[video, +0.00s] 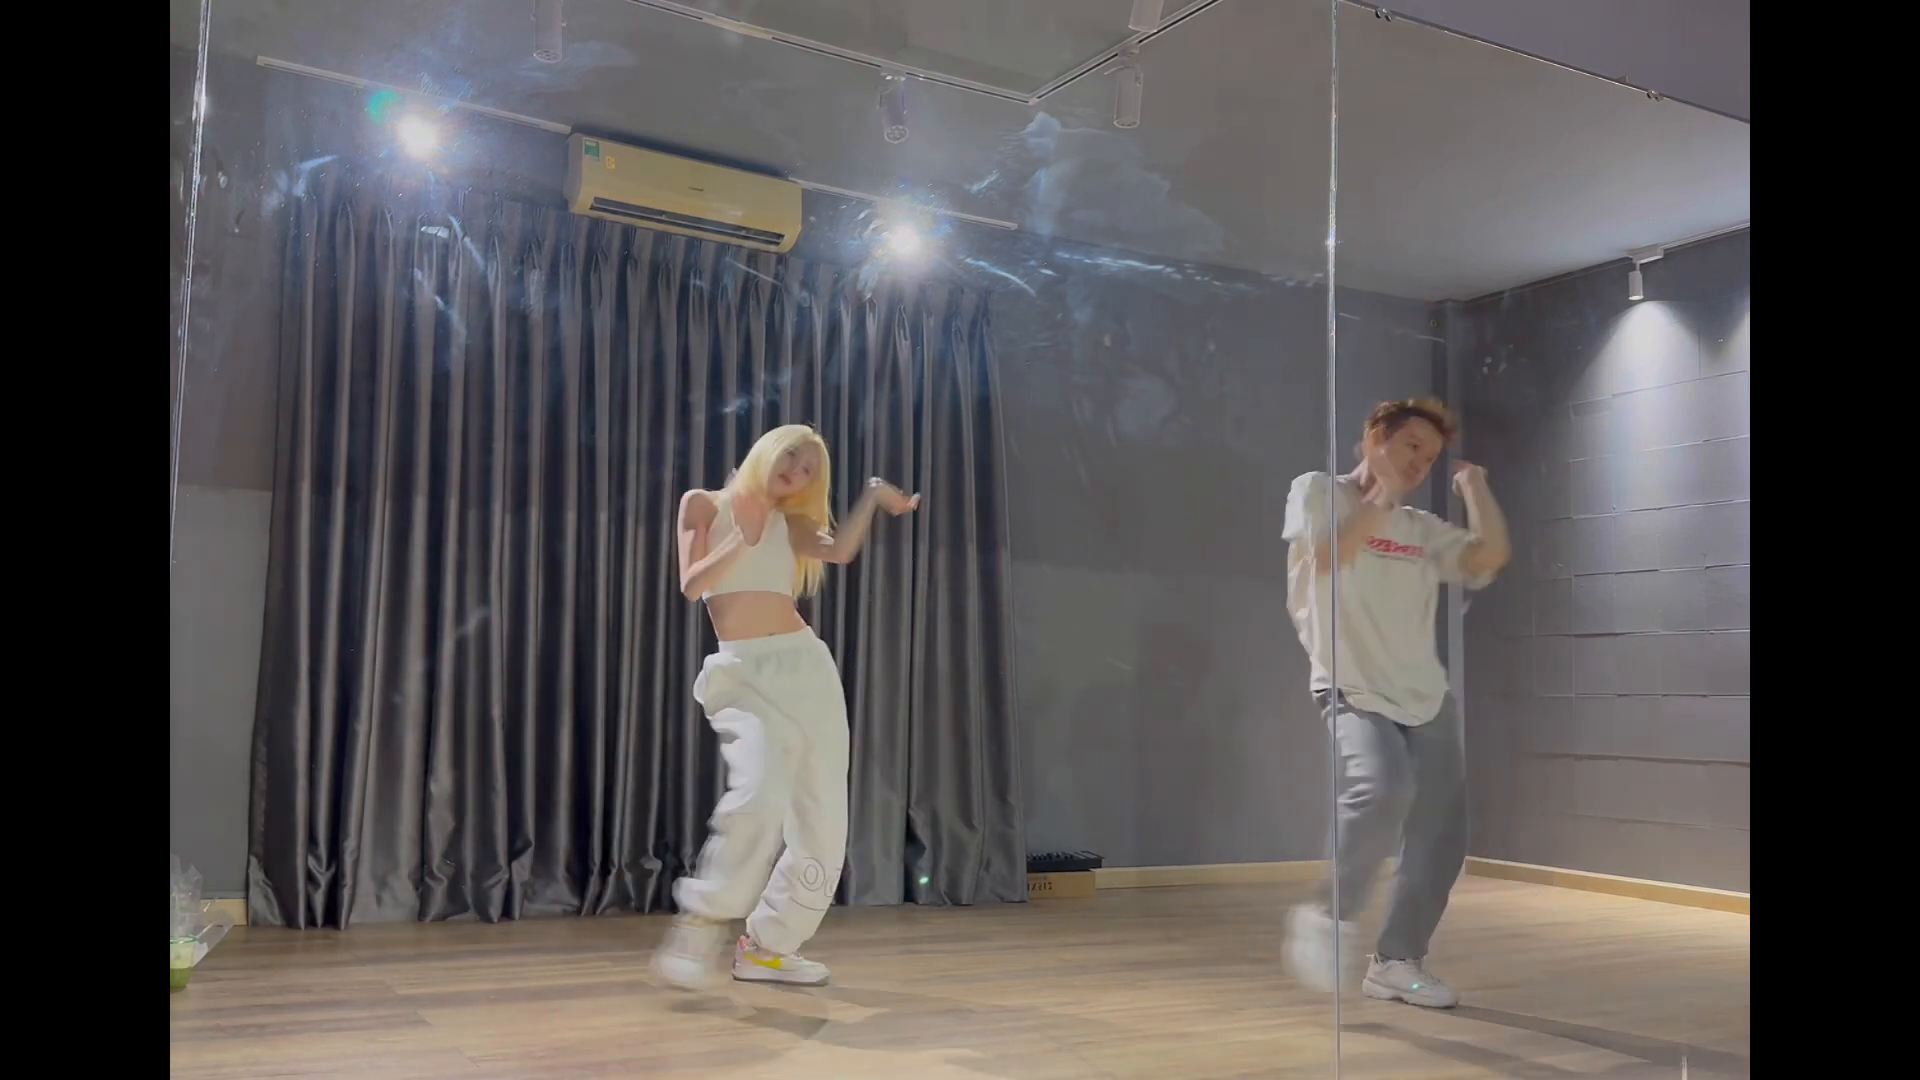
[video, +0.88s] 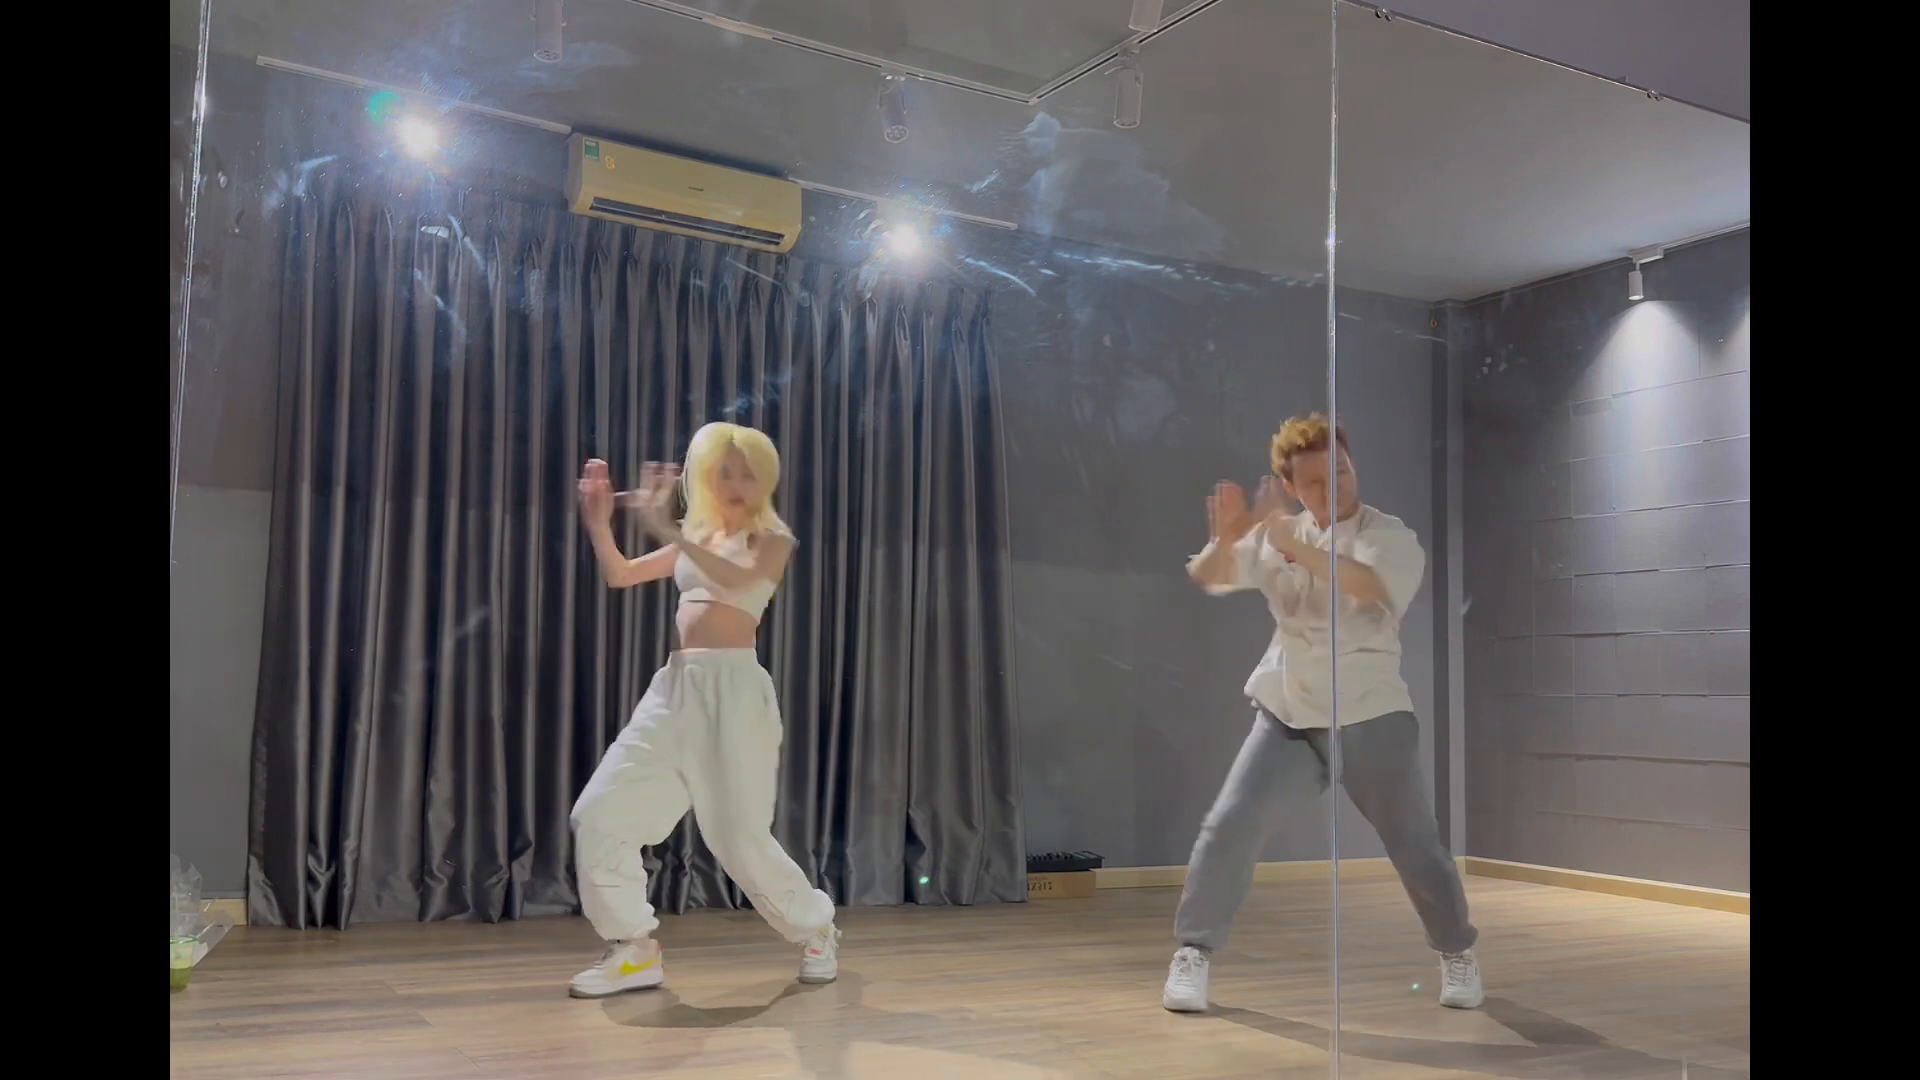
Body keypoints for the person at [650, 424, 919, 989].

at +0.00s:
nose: (796, 476)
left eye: (807, 474)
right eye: (792, 461)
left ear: (808, 484)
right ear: (767, 455)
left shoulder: (794, 523)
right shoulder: (705, 505)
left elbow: (842, 550)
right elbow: (691, 584)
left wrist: (873, 495)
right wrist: (740, 540)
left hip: (808, 670)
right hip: (743, 674)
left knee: (822, 820)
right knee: (759, 799)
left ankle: (765, 947)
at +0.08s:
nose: (769, 493)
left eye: (782, 485)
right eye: (766, 478)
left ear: (791, 485)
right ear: (747, 463)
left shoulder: (784, 519)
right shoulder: (698, 512)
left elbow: (826, 536)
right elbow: (673, 594)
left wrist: (831, 463)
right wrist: (712, 607)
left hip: (796, 679)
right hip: (732, 680)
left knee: (824, 834)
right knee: (713, 825)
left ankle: (765, 947)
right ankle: (616, 927)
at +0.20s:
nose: (748, 475)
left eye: (756, 464)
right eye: (732, 467)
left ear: (770, 476)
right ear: (707, 485)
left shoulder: (789, 532)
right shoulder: (707, 546)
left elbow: (844, 472)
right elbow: (647, 622)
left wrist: (773, 442)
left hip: (763, 721)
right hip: (698, 708)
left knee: (821, 841)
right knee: (641, 847)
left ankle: (765, 949)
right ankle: (586, 953)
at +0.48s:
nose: (712, 491)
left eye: (722, 487)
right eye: (701, 487)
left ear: (739, 512)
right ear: (684, 513)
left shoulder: (751, 568)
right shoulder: (661, 571)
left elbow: (823, 540)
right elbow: (612, 650)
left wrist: (765, 489)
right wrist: (643, 727)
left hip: (749, 737)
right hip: (669, 738)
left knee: (822, 842)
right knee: (607, 843)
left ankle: (770, 946)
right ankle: (586, 955)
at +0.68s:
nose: (720, 479)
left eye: (732, 479)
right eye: (710, 473)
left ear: (742, 511)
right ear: (688, 495)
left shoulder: (747, 565)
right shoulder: (648, 552)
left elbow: (835, 596)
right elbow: (606, 605)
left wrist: (788, 536)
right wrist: (633, 643)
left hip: (753, 719)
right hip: (677, 726)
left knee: (782, 854)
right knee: (621, 832)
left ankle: (804, 943)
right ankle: (590, 951)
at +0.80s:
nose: (725, 461)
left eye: (738, 455)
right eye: (716, 452)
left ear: (752, 474)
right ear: (696, 464)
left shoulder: (753, 536)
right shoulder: (671, 525)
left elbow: (807, 599)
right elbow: (615, 585)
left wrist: (766, 536)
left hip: (746, 699)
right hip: (682, 702)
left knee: (759, 856)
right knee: (615, 813)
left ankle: (821, 929)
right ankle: (620, 950)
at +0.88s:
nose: (734, 484)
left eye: (746, 473)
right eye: (722, 473)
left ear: (764, 480)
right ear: (701, 478)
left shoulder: (774, 540)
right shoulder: (693, 542)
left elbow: (736, 579)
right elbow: (621, 575)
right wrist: (598, 518)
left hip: (735, 692)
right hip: (674, 690)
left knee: (736, 833)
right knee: (598, 815)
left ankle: (818, 929)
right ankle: (637, 950)